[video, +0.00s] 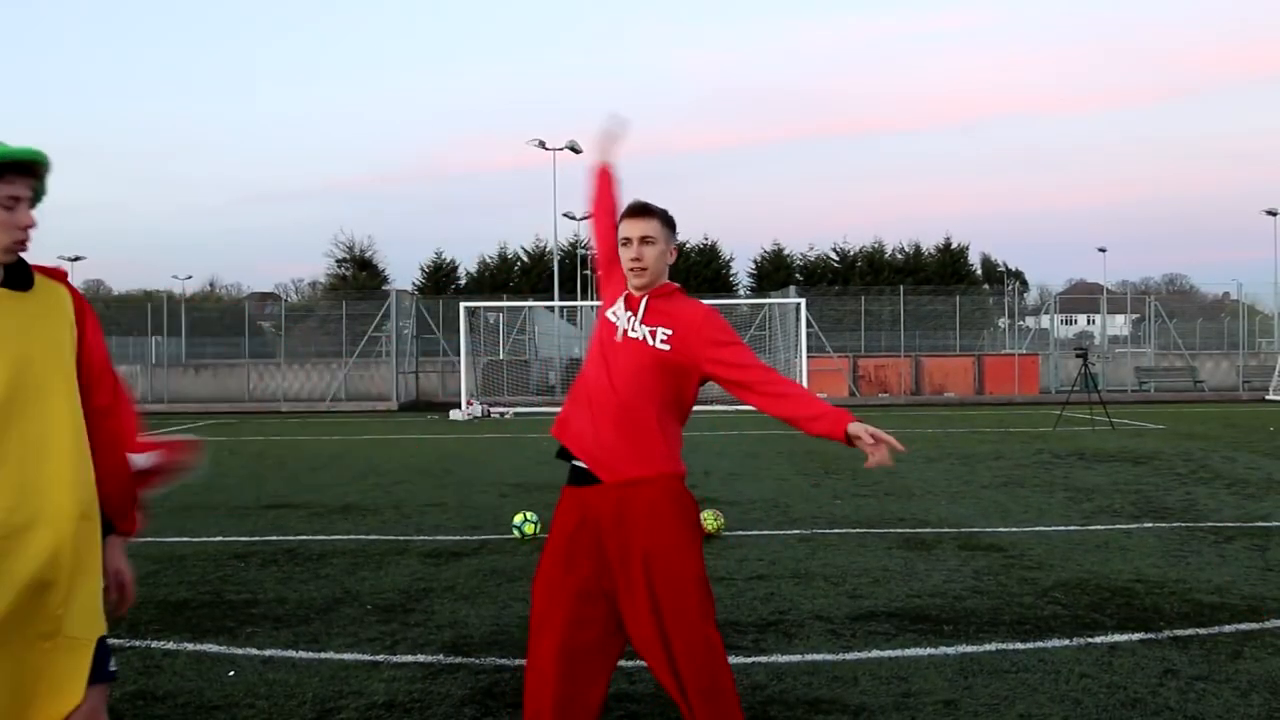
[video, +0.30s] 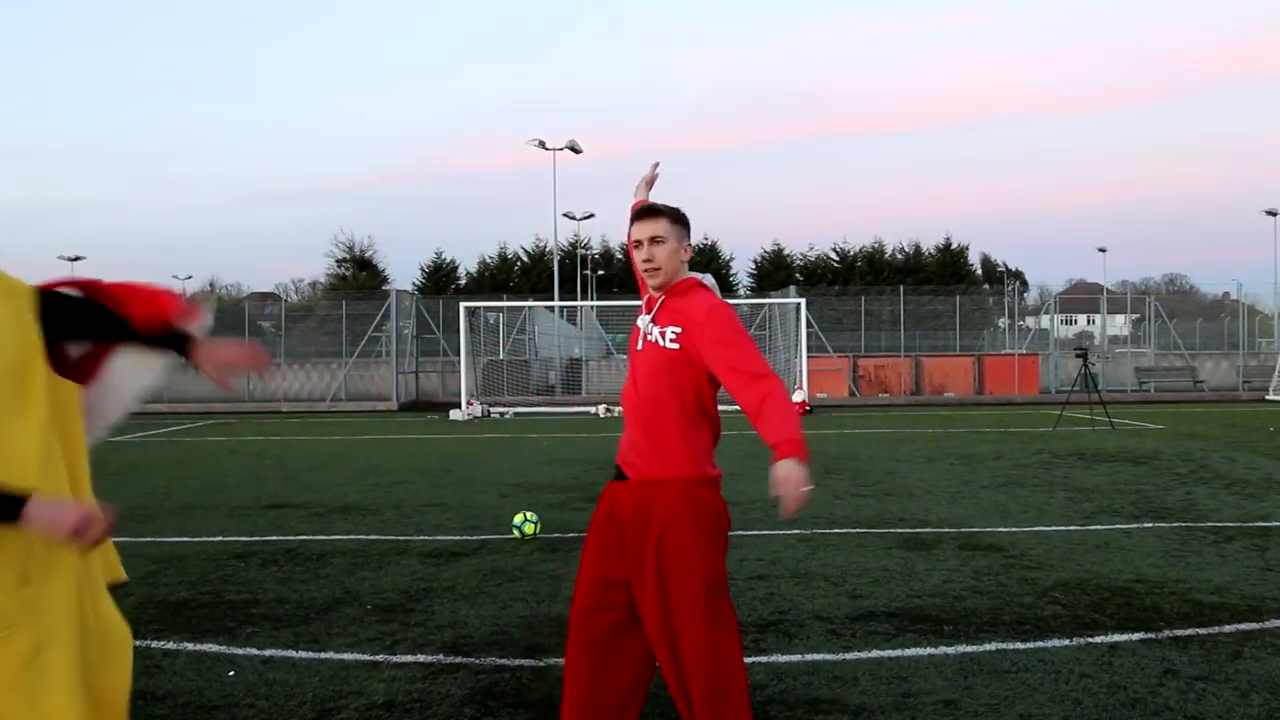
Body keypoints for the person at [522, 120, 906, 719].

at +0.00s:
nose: (634, 254)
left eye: (647, 242)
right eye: (625, 244)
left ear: (671, 251)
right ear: (616, 253)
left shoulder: (692, 320)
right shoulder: (615, 294)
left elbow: (762, 384)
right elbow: (603, 228)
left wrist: (844, 425)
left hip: (649, 499)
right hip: (583, 497)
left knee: (686, 650)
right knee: (555, 652)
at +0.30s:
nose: (647, 254)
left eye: (659, 242)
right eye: (639, 246)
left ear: (685, 248)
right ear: (634, 255)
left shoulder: (704, 309)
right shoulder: (653, 305)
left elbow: (755, 377)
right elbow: (643, 263)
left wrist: (788, 450)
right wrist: (639, 214)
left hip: (681, 502)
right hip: (626, 497)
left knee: (700, 647)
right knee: (596, 640)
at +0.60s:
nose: (620, 255)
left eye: (632, 243)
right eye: (612, 247)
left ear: (661, 250)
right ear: (610, 259)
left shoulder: (687, 310)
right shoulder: (630, 305)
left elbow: (741, 402)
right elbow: (616, 273)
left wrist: (712, 476)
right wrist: (611, 230)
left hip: (667, 504)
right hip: (612, 502)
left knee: (695, 653)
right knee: (600, 653)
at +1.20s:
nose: (564, 256)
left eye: (574, 245)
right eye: (557, 248)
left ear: (605, 250)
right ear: (555, 257)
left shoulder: (638, 303)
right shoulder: (575, 310)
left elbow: (694, 391)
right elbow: (555, 353)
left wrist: (698, 477)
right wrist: (532, 384)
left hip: (623, 483)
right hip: (580, 484)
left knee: (611, 625)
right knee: (574, 624)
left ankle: (629, 715)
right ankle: (584, 714)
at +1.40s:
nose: (553, 259)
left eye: (563, 247)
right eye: (547, 250)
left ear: (597, 250)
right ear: (546, 258)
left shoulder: (632, 305)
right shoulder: (578, 310)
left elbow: (692, 394)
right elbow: (585, 393)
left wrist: (674, 476)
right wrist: (551, 434)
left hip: (616, 490)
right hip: (577, 488)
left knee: (607, 634)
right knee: (578, 632)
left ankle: (616, 716)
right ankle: (585, 713)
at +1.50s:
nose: (543, 263)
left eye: (552, 250)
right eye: (541, 253)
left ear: (590, 250)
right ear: (579, 254)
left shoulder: (628, 305)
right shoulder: (580, 309)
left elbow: (691, 397)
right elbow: (594, 401)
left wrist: (662, 478)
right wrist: (560, 457)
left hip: (614, 493)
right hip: (577, 493)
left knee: (603, 639)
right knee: (576, 638)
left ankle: (615, 716)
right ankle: (583, 715)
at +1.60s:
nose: (536, 265)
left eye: (542, 252)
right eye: (536, 253)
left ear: (577, 251)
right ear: (578, 253)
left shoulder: (623, 305)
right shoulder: (586, 308)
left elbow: (688, 399)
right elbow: (616, 400)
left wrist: (643, 478)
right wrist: (576, 471)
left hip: (609, 496)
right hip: (582, 494)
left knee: (601, 643)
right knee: (577, 641)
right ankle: (582, 715)